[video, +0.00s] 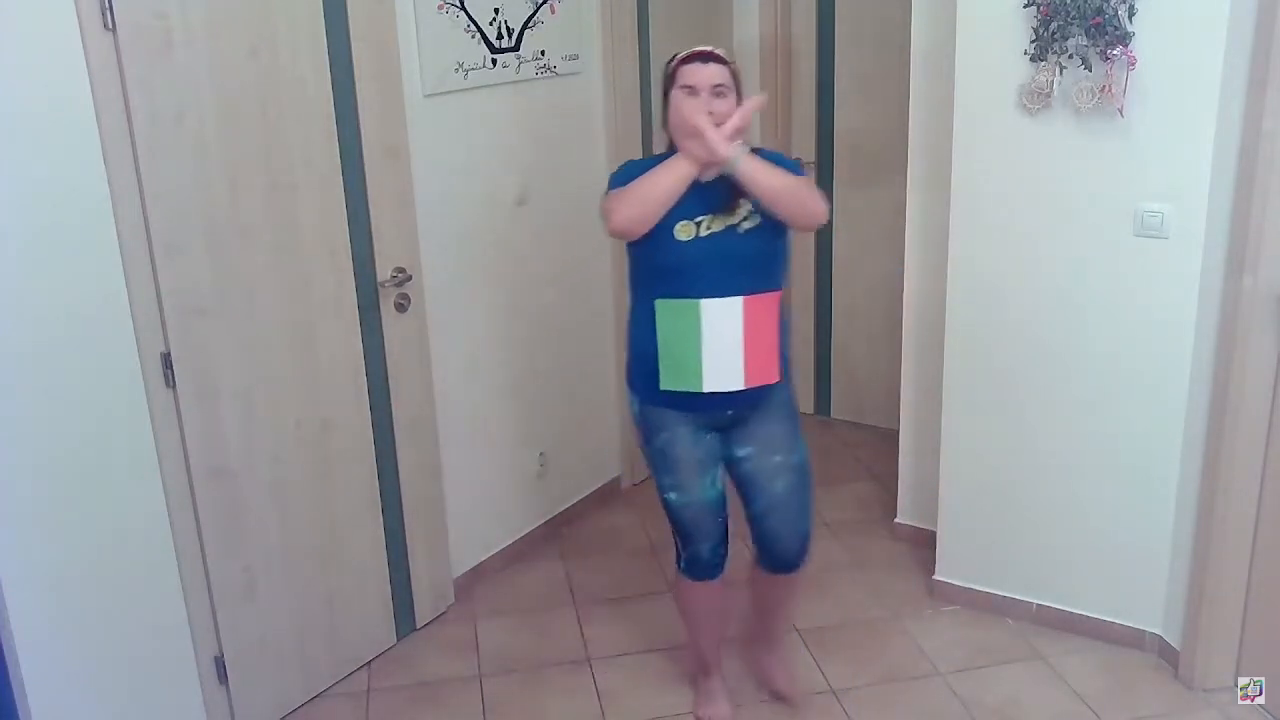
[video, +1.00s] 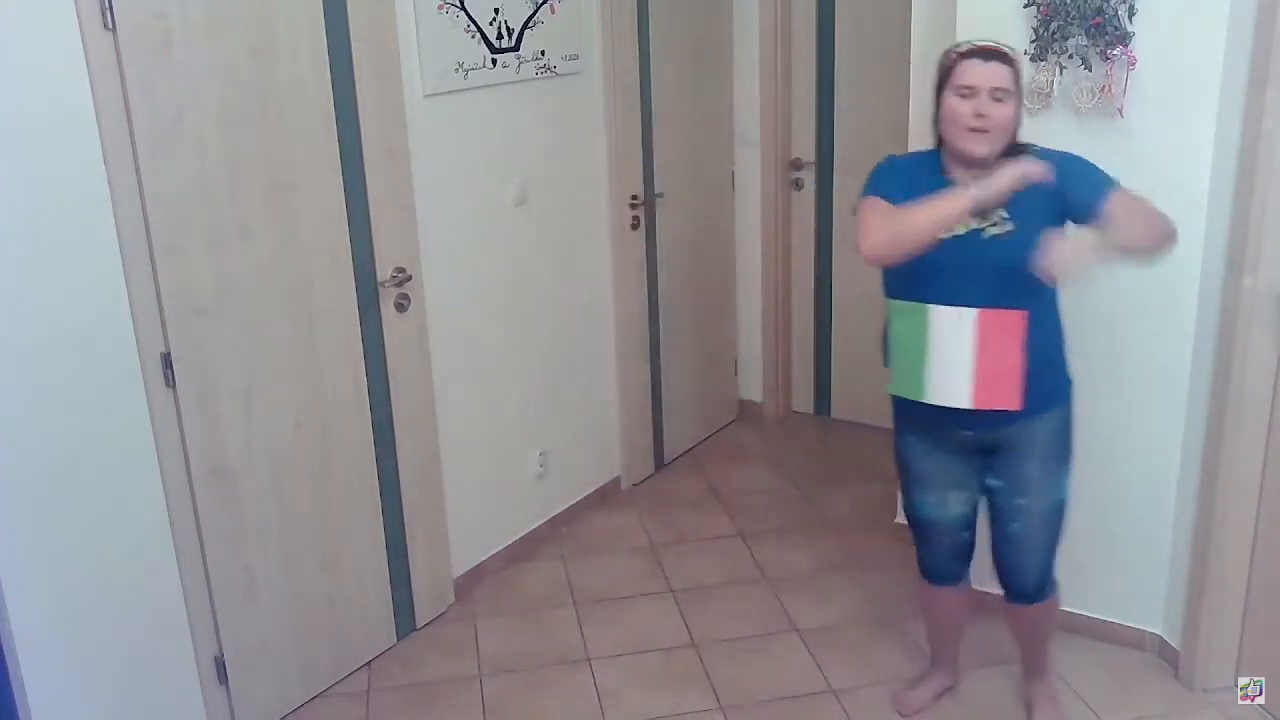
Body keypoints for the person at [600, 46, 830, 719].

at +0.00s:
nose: (707, 104)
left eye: (720, 93)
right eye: (690, 93)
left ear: (740, 106)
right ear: (667, 108)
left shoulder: (770, 166)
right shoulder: (641, 175)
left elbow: (812, 211)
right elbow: (623, 221)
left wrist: (729, 154)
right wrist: (701, 153)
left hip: (763, 393)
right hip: (672, 400)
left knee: (787, 541)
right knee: (703, 549)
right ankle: (710, 676)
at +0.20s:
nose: (753, 105)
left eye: (768, 96)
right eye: (738, 94)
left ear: (788, 111)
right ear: (712, 109)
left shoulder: (819, 172)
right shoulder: (683, 175)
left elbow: (872, 213)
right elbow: (673, 222)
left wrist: (779, 153)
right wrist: (756, 152)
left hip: (812, 410)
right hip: (717, 410)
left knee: (822, 573)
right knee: (718, 559)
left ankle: (846, 705)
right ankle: (711, 682)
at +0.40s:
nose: (824, 123)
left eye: (838, 110)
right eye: (808, 109)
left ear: (858, 124)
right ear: (781, 123)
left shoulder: (887, 192)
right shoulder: (755, 185)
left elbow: (957, 225)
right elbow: (746, 233)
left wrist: (859, 167)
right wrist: (834, 164)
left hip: (877, 425)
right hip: (784, 421)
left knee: (850, 599)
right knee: (774, 577)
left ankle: (842, 706)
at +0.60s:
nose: (875, 136)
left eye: (891, 123)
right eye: (859, 121)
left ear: (911, 135)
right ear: (834, 133)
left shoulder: (936, 210)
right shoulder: (803, 195)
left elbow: (1019, 244)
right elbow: (802, 245)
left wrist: (924, 185)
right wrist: (890, 183)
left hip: (923, 434)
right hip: (832, 432)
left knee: (871, 606)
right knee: (843, 588)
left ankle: (852, 709)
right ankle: (917, 648)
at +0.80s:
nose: (930, 105)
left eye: (946, 94)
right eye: (914, 92)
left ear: (967, 112)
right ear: (888, 108)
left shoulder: (996, 180)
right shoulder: (855, 176)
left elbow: (1101, 202)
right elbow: (833, 224)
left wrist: (1000, 178)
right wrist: (928, 167)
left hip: (979, 411)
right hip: (885, 411)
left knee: (953, 580)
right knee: (909, 568)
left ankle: (949, 698)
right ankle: (940, 676)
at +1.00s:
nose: (980, 110)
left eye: (998, 97)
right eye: (965, 94)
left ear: (1019, 112)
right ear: (938, 105)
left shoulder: (1051, 173)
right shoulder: (900, 175)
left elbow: (1156, 228)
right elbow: (873, 244)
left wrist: (1092, 241)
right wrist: (981, 193)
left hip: (1029, 413)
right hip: (930, 412)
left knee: (1028, 575)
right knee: (941, 563)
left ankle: (1038, 680)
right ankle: (944, 669)